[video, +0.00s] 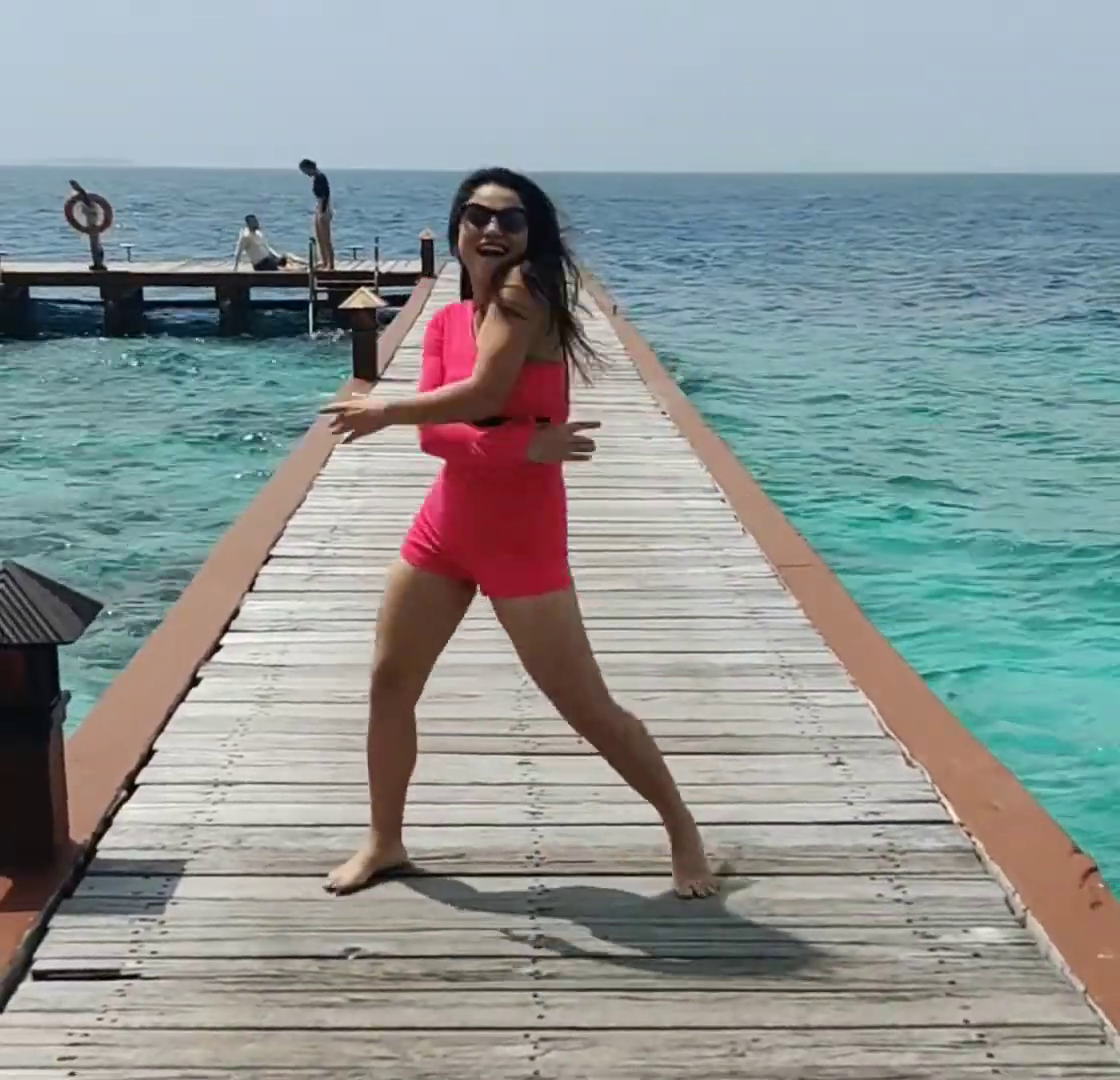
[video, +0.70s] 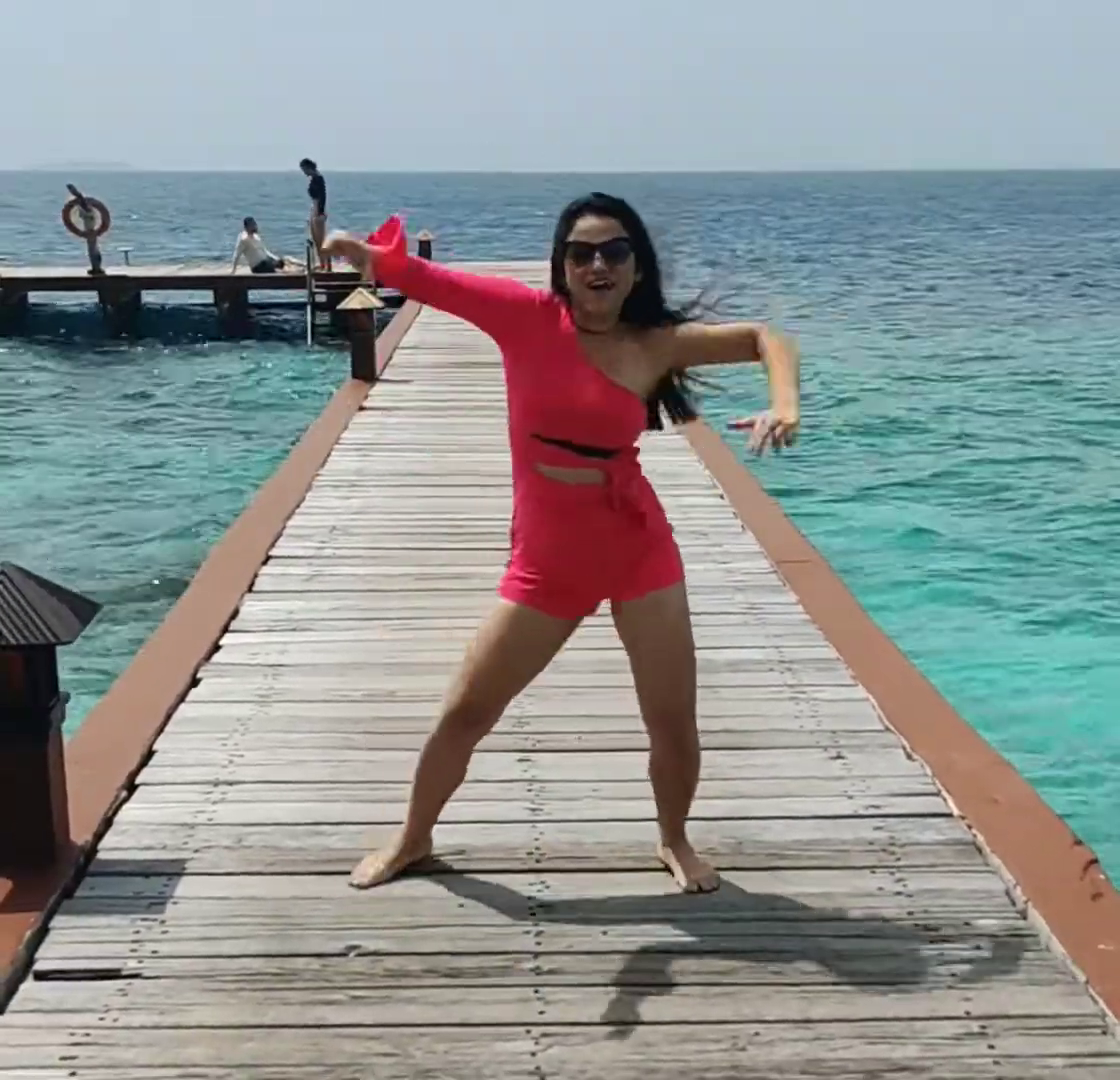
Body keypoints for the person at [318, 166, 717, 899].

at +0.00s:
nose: (492, 228)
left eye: (510, 219)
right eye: (478, 216)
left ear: (532, 236)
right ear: (455, 230)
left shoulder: (524, 298)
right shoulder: (443, 323)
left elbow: (487, 395)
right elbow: (432, 437)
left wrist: (387, 409)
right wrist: (528, 445)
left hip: (521, 533)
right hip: (446, 521)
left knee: (585, 707)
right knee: (391, 679)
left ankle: (681, 828)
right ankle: (384, 840)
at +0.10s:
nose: (508, 263)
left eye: (526, 251)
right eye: (495, 249)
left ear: (548, 264)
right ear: (476, 260)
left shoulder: (547, 319)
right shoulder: (476, 353)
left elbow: (550, 424)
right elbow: (454, 460)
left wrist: (458, 440)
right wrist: (505, 488)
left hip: (544, 562)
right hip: (470, 551)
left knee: (588, 727)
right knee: (393, 690)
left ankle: (673, 851)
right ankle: (383, 842)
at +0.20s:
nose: (533, 269)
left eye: (551, 257)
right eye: (518, 257)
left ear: (574, 269)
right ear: (499, 270)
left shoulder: (587, 336)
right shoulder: (494, 362)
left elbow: (629, 428)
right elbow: (473, 472)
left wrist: (528, 474)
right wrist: (472, 544)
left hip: (580, 573)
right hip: (501, 570)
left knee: (619, 733)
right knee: (411, 701)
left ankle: (678, 851)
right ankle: (386, 844)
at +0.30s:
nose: (567, 245)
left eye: (584, 233)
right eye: (551, 234)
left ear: (609, 247)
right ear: (532, 250)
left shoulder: (640, 327)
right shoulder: (510, 341)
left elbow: (738, 379)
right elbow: (452, 435)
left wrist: (678, 468)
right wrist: (453, 504)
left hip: (620, 546)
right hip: (529, 545)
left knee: (648, 720)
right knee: (441, 698)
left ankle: (682, 846)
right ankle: (393, 841)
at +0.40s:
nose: (579, 213)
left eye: (596, 201)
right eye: (563, 202)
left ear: (623, 217)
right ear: (544, 220)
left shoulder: (659, 299)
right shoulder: (521, 302)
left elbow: (776, 320)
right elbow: (438, 348)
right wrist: (431, 401)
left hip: (627, 519)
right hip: (535, 514)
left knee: (654, 697)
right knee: (447, 679)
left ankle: (682, 836)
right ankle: (385, 818)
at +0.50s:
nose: (590, 212)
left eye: (606, 197)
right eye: (573, 199)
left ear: (632, 210)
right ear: (554, 213)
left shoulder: (663, 293)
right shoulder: (523, 284)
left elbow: (786, 308)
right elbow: (416, 291)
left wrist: (874, 348)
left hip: (626, 509)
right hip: (534, 505)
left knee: (658, 686)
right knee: (458, 674)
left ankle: (677, 837)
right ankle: (394, 825)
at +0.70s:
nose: (598, 265)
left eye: (615, 251)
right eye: (581, 253)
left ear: (638, 264)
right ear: (560, 264)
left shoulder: (658, 345)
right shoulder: (526, 318)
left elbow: (769, 339)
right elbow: (424, 279)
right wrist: (361, 252)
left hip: (639, 550)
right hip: (547, 556)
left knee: (673, 721)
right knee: (466, 715)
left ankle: (675, 840)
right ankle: (412, 839)